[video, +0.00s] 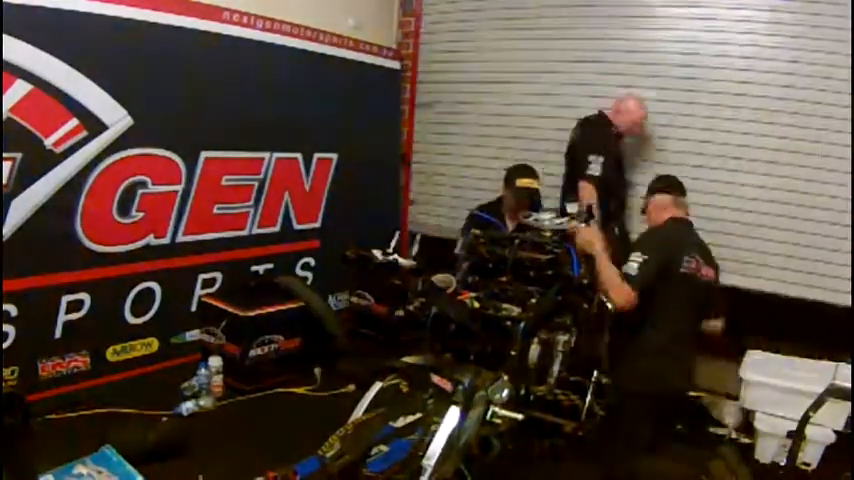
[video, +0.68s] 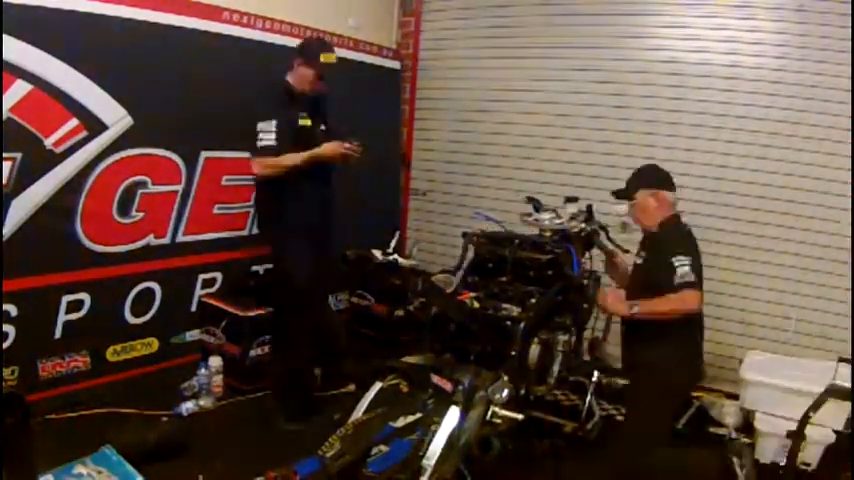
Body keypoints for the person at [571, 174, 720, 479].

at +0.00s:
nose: (645, 217)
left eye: (647, 209)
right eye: (645, 210)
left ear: (660, 205)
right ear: (683, 208)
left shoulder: (658, 238)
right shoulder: (706, 255)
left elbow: (623, 296)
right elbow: (714, 323)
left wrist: (596, 248)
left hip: (638, 373)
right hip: (676, 376)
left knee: (621, 457)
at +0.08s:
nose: (645, 218)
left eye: (646, 209)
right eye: (645, 210)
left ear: (658, 203)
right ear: (682, 207)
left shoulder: (657, 240)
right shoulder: (703, 253)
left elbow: (640, 312)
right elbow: (711, 328)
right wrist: (668, 332)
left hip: (639, 376)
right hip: (674, 377)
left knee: (622, 456)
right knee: (653, 456)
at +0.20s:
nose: (642, 196)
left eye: (648, 190)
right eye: (645, 190)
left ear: (667, 200)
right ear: (672, 201)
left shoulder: (665, 249)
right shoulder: (685, 244)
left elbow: (657, 338)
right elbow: (639, 278)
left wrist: (618, 402)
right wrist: (603, 241)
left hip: (641, 397)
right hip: (662, 391)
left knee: (623, 473)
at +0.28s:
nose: (644, 209)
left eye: (649, 200)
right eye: (645, 200)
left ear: (669, 201)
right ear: (679, 202)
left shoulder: (667, 247)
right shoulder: (700, 249)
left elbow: (643, 320)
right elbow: (663, 300)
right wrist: (616, 274)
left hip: (641, 384)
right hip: (670, 382)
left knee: (622, 463)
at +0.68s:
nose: (629, 209)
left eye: (634, 200)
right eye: (629, 201)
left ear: (656, 199)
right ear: (656, 200)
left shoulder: (676, 238)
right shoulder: (655, 238)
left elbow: (690, 300)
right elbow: (646, 291)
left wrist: (629, 308)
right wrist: (618, 271)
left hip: (667, 373)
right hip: (649, 369)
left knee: (646, 454)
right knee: (640, 451)